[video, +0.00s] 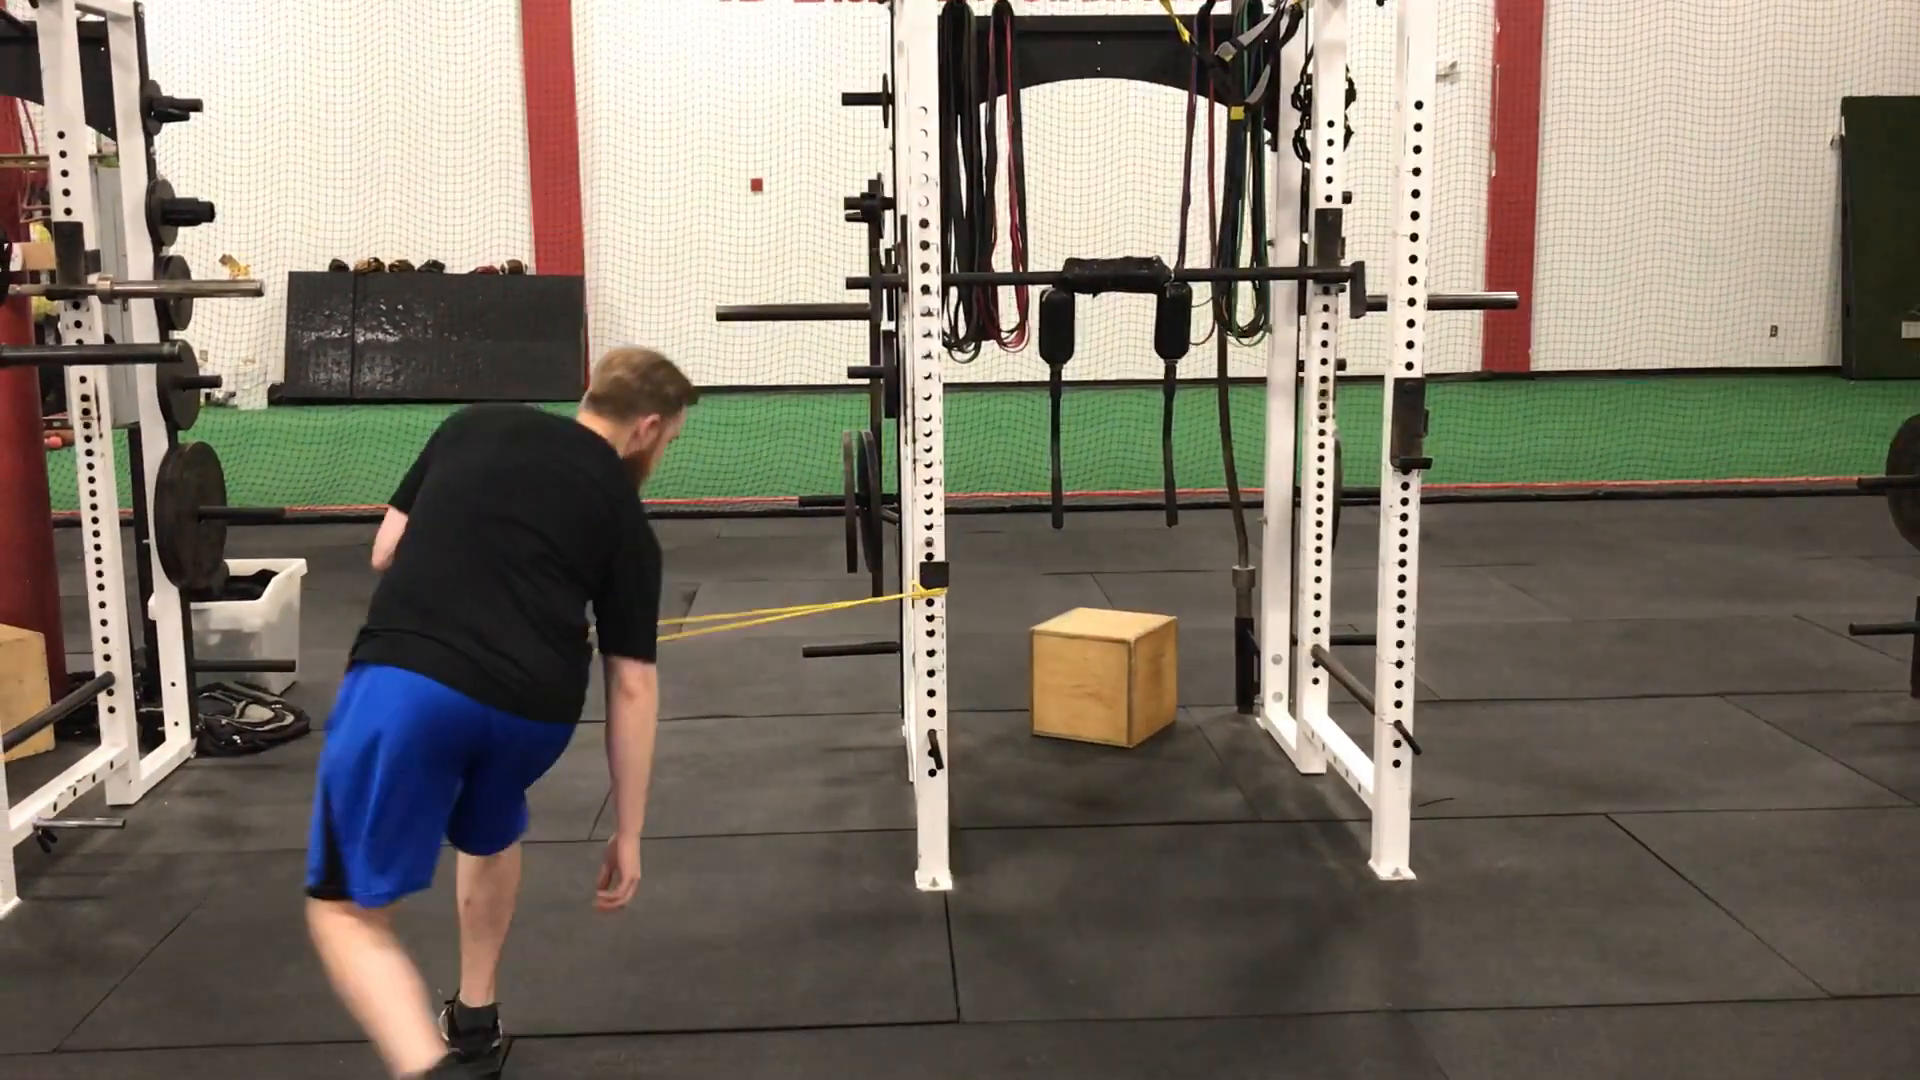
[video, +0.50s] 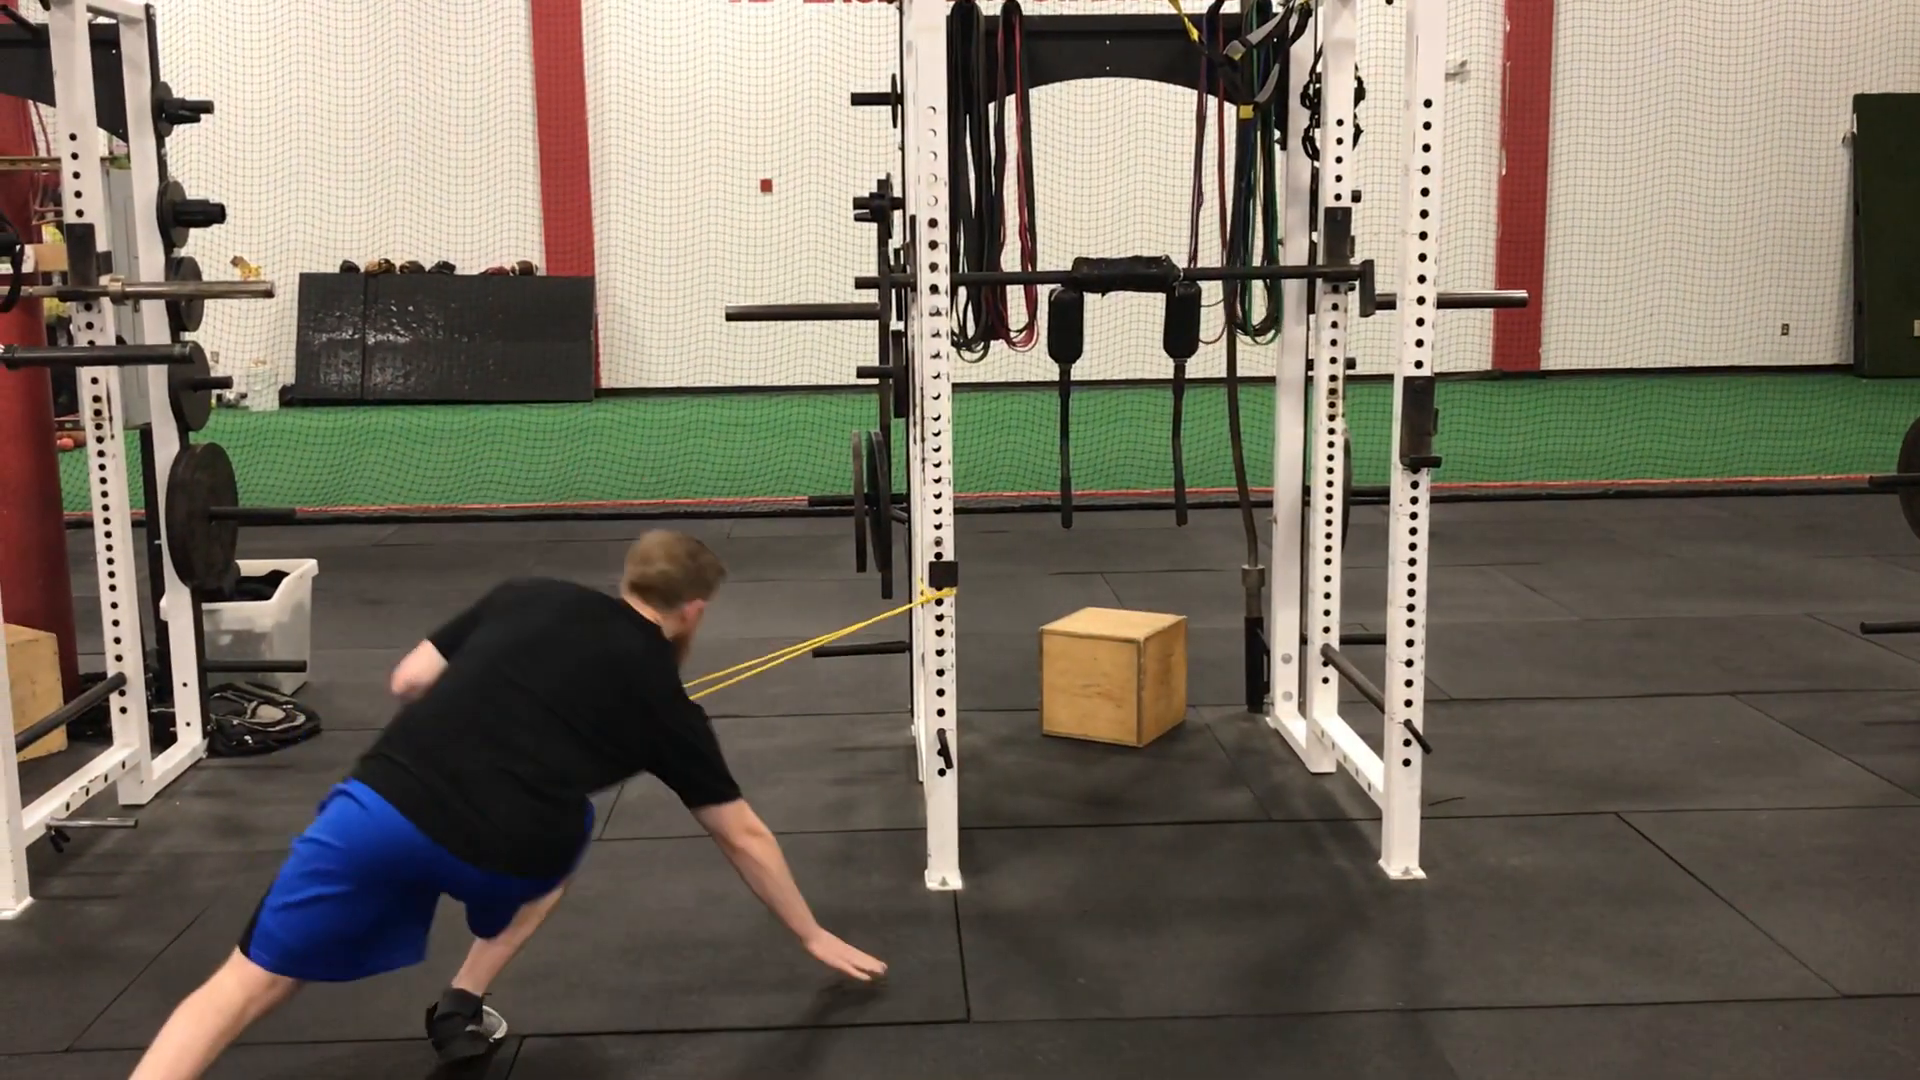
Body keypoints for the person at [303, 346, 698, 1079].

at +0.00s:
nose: (662, 453)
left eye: (671, 440)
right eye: (669, 438)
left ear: (585, 399)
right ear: (649, 426)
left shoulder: (472, 426)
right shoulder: (625, 521)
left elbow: (386, 551)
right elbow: (632, 684)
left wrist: (461, 603)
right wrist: (628, 831)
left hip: (409, 683)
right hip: (533, 712)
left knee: (341, 905)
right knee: (491, 817)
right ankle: (476, 1014)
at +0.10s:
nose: (656, 480)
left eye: (664, 467)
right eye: (661, 466)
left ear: (582, 433)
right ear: (641, 458)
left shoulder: (469, 453)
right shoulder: (614, 545)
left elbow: (370, 570)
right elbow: (630, 712)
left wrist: (449, 614)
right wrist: (633, 849)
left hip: (383, 689)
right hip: (510, 722)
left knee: (290, 900)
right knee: (496, 810)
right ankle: (475, 1015)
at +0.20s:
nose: (649, 517)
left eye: (654, 505)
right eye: (653, 504)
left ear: (574, 466)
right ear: (635, 494)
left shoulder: (463, 489)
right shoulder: (606, 571)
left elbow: (361, 597)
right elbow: (642, 743)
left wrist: (406, 678)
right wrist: (662, 870)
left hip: (363, 707)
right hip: (495, 740)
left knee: (245, 921)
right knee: (509, 817)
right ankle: (469, 1011)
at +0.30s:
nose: (650, 554)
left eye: (653, 539)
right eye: (654, 540)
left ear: (575, 503)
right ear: (634, 532)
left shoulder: (467, 531)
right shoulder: (610, 615)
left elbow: (361, 633)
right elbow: (667, 775)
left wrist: (415, 711)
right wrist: (707, 892)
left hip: (346, 741)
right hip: (475, 774)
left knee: (237, 940)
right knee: (531, 804)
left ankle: (125, 1074)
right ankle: (461, 1009)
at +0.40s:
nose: (668, 588)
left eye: (670, 575)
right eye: (671, 576)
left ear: (589, 547)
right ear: (654, 573)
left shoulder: (488, 565)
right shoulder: (624, 652)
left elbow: (378, 658)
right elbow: (699, 801)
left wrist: (439, 717)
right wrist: (760, 912)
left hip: (355, 773)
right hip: (474, 813)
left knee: (239, 965)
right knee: (550, 815)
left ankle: (133, 1074)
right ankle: (458, 1003)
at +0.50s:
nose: (704, 624)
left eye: (703, 609)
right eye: (707, 612)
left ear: (624, 578)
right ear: (689, 612)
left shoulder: (529, 598)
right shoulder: (662, 696)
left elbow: (410, 681)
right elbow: (742, 834)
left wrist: (474, 730)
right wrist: (812, 933)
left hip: (385, 806)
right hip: (500, 858)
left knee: (246, 981)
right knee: (569, 829)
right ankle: (463, 1004)